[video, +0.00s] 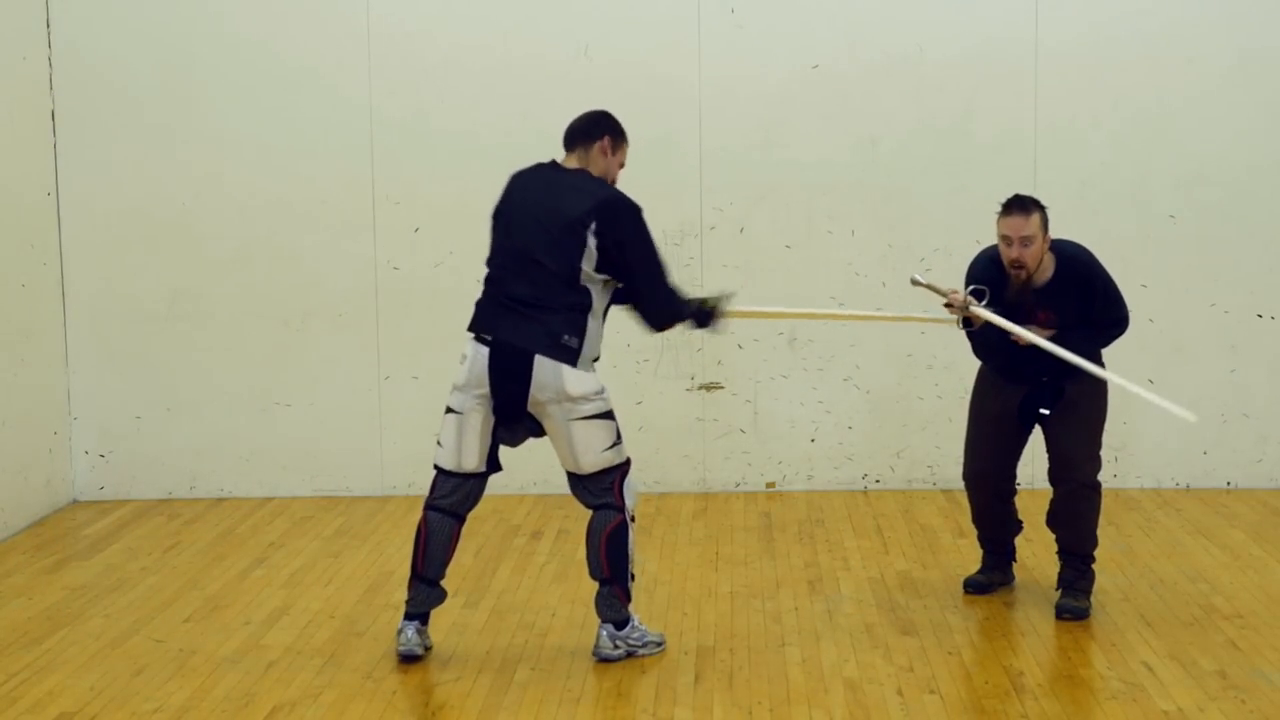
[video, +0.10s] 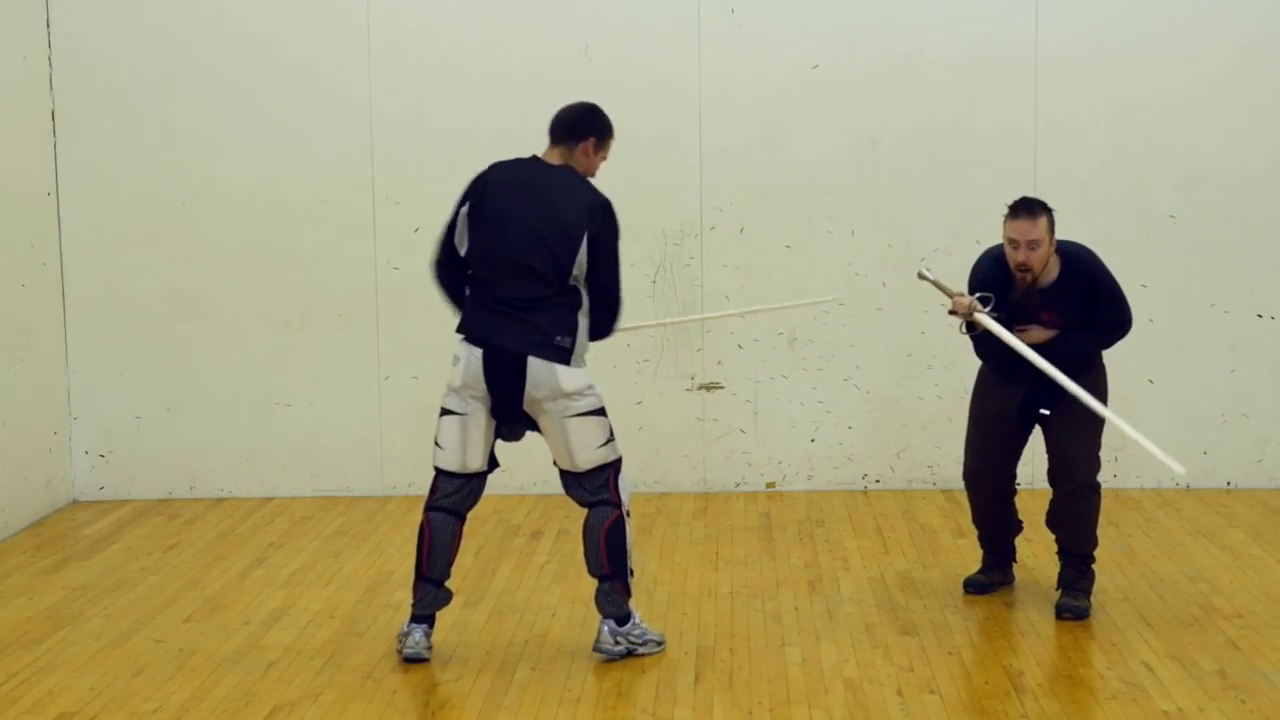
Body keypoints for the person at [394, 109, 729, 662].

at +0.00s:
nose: (620, 173)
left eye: (621, 162)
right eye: (620, 161)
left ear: (570, 147)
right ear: (604, 148)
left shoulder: (521, 182)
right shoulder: (612, 205)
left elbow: (542, 270)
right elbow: (657, 308)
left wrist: (622, 288)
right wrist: (694, 309)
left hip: (486, 356)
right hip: (560, 367)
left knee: (450, 489)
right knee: (608, 493)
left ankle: (413, 621)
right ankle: (616, 625)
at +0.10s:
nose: (601, 166)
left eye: (603, 156)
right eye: (602, 155)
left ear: (552, 139)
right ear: (588, 146)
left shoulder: (491, 178)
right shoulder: (592, 206)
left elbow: (446, 262)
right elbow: (605, 310)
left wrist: (482, 313)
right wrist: (563, 334)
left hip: (475, 354)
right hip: (552, 363)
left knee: (451, 489)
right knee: (601, 489)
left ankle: (419, 623)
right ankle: (617, 623)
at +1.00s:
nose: (613, 148)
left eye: (613, 137)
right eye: (611, 137)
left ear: (562, 132)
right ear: (588, 134)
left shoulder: (510, 190)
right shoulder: (616, 190)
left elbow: (481, 289)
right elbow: (610, 252)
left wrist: (526, 272)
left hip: (538, 353)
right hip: (603, 349)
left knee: (537, 470)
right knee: (608, 481)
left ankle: (474, 587)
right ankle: (566, 623)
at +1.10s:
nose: (648, 144)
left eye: (648, 133)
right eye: (645, 133)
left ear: (597, 129)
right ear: (622, 130)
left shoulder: (539, 186)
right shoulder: (647, 187)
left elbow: (515, 273)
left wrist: (566, 267)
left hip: (566, 347)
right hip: (623, 342)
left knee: (596, 465)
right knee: (616, 477)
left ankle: (557, 581)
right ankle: (567, 622)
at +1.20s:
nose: (682, 152)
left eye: (684, 141)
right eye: (679, 140)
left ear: (637, 132)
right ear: (653, 132)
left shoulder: (576, 180)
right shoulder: (669, 187)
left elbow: (558, 259)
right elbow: (681, 227)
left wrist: (602, 277)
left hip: (597, 348)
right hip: (643, 346)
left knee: (673, 446)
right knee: (621, 483)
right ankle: (567, 621)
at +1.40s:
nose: (752, 176)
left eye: (755, 166)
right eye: (748, 164)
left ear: (714, 157)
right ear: (716, 153)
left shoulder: (668, 205)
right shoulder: (717, 213)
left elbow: (713, 279)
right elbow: (770, 271)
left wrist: (772, 269)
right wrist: (773, 248)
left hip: (717, 375)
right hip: (684, 377)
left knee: (778, 478)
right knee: (657, 509)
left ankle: (803, 584)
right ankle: (570, 611)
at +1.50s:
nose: (799, 180)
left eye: (803, 171)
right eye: (797, 168)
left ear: (769, 158)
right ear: (766, 154)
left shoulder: (755, 209)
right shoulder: (737, 207)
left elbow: (769, 299)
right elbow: (787, 271)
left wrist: (829, 323)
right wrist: (843, 295)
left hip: (749, 368)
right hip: (703, 367)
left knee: (809, 468)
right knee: (685, 500)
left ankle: (808, 584)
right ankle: (591, 595)